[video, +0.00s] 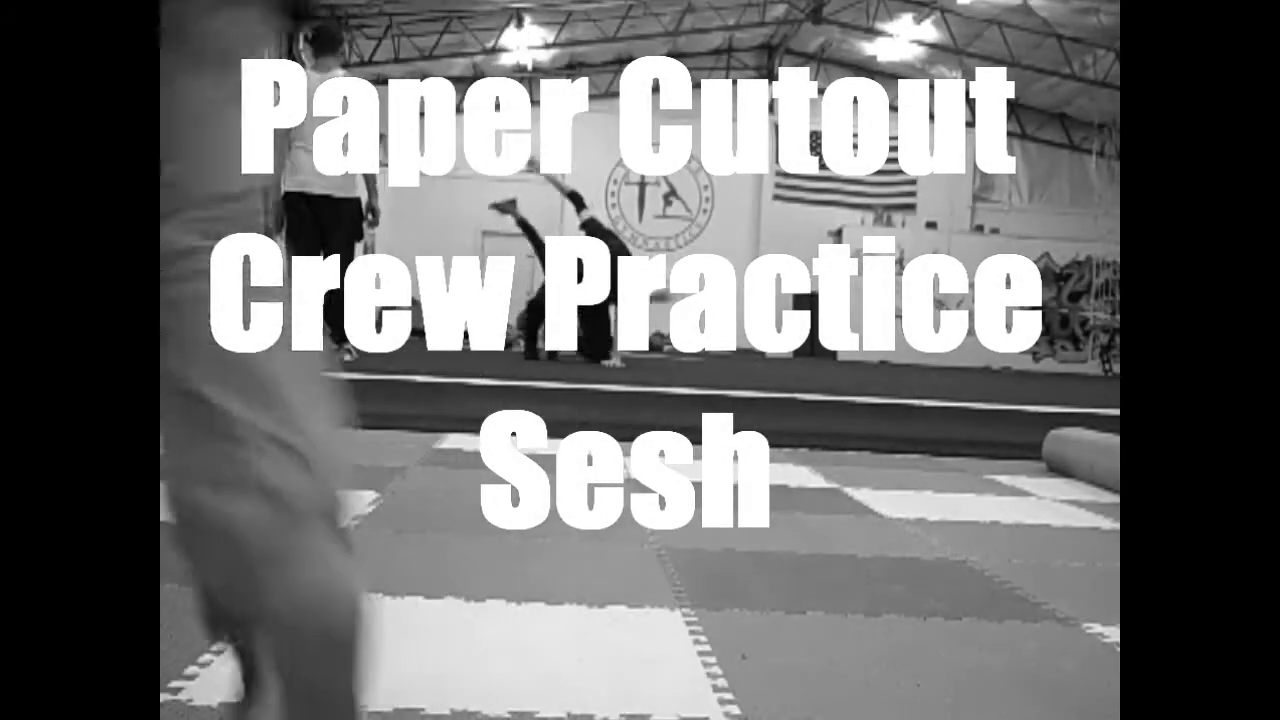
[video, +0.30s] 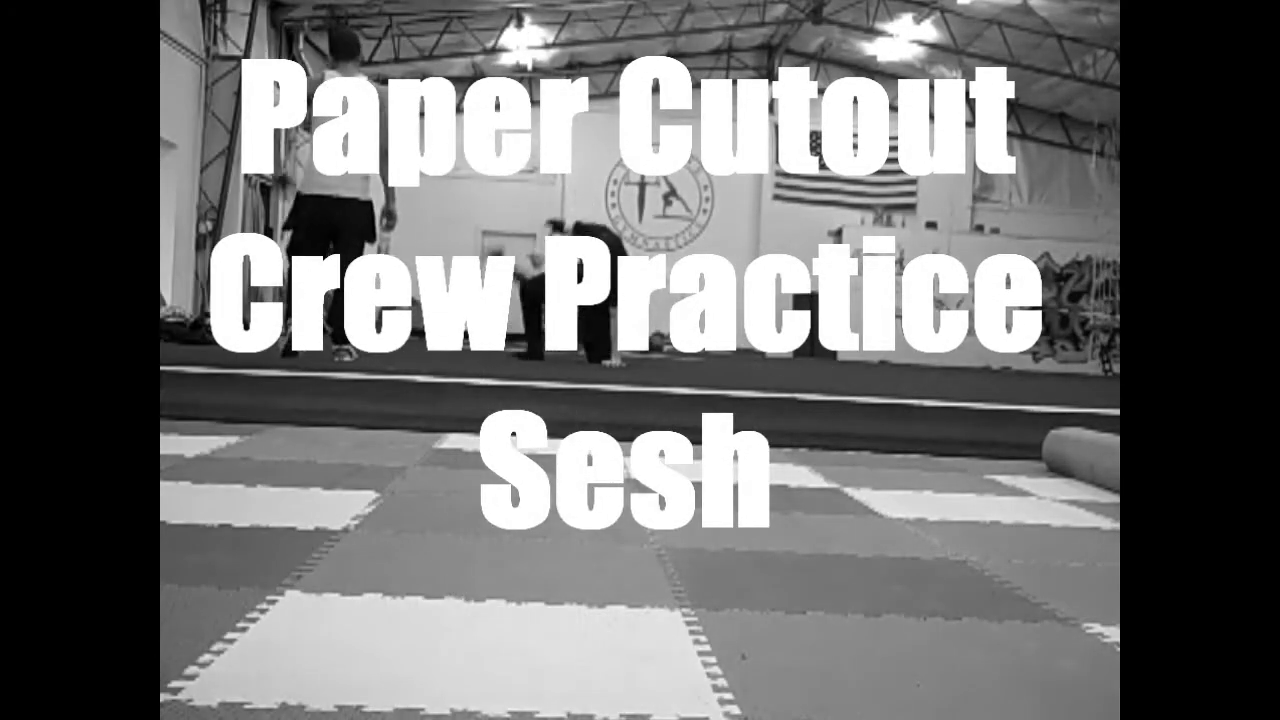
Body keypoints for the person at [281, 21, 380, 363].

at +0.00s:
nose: (303, 52)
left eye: (304, 46)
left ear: (308, 48)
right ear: (345, 49)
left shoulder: (295, 84)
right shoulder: (356, 88)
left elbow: (280, 146)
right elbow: (366, 149)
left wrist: (275, 199)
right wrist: (373, 197)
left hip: (299, 195)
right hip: (344, 195)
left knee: (301, 272)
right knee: (342, 272)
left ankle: (300, 342)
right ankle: (343, 343)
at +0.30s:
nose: (327, 62)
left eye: (327, 56)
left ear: (330, 56)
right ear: (360, 55)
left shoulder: (314, 88)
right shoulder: (376, 93)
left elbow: (293, 131)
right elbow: (386, 153)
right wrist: (390, 202)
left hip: (314, 202)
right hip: (356, 205)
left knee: (298, 273)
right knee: (349, 278)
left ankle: (290, 337)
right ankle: (342, 343)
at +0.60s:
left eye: (330, 57)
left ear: (331, 55)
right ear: (361, 54)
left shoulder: (316, 87)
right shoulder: (378, 92)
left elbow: (287, 123)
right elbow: (390, 153)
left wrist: (302, 157)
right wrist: (395, 203)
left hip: (318, 200)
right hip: (358, 203)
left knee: (302, 274)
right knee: (350, 277)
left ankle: (294, 339)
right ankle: (343, 343)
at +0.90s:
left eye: (320, 55)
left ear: (323, 55)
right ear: (354, 54)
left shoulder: (311, 87)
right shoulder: (372, 91)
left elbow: (283, 123)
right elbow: (383, 153)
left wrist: (296, 157)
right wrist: (385, 204)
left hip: (314, 199)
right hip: (355, 203)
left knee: (303, 274)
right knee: (349, 277)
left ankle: (296, 340)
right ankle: (344, 345)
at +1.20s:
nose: (308, 61)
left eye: (308, 56)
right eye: (308, 56)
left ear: (313, 56)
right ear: (344, 56)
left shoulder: (304, 91)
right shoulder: (362, 93)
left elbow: (291, 148)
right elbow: (371, 155)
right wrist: (373, 202)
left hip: (308, 196)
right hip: (349, 199)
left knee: (300, 272)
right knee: (347, 275)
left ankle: (293, 341)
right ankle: (343, 343)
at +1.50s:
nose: (303, 58)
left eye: (303, 53)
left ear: (306, 54)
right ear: (337, 54)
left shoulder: (296, 86)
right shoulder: (357, 90)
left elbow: (276, 134)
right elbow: (369, 152)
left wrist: (286, 162)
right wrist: (371, 201)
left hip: (302, 196)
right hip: (344, 198)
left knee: (298, 272)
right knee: (342, 274)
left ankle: (290, 342)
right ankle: (342, 343)